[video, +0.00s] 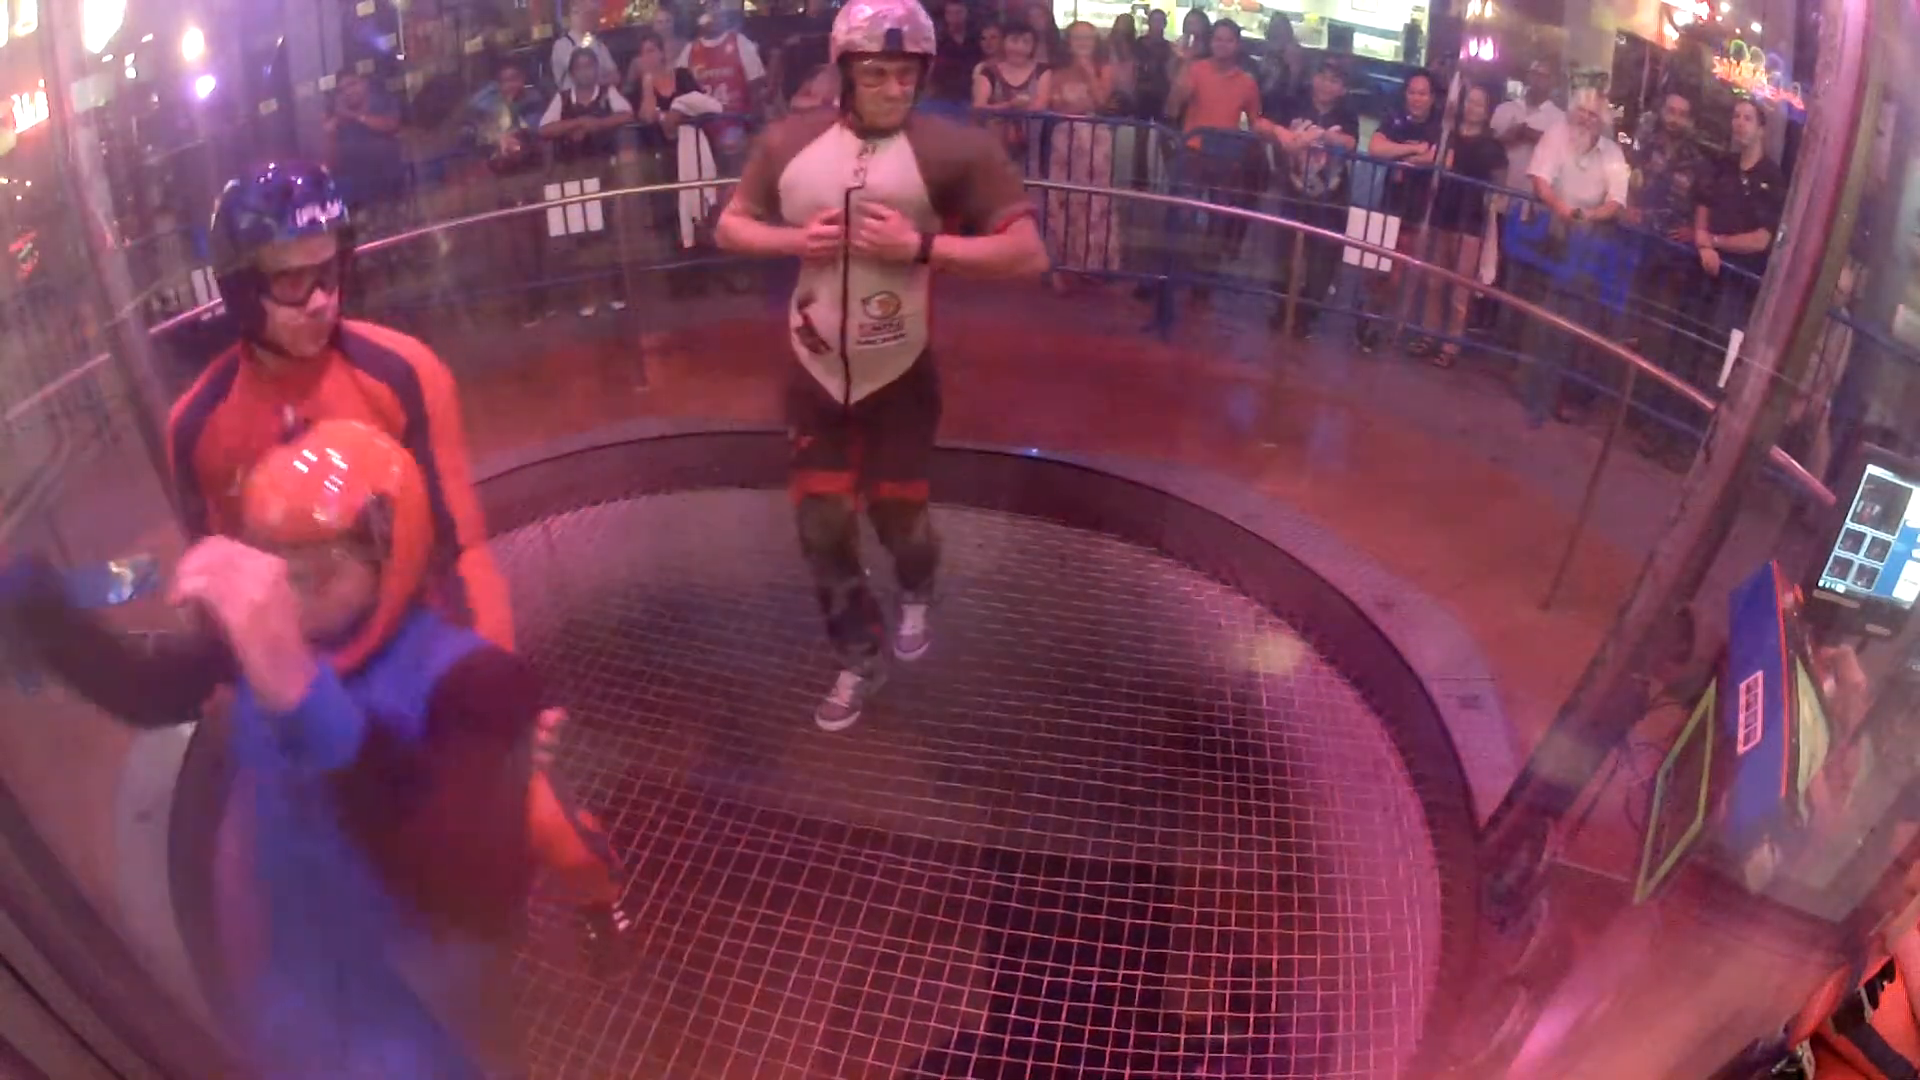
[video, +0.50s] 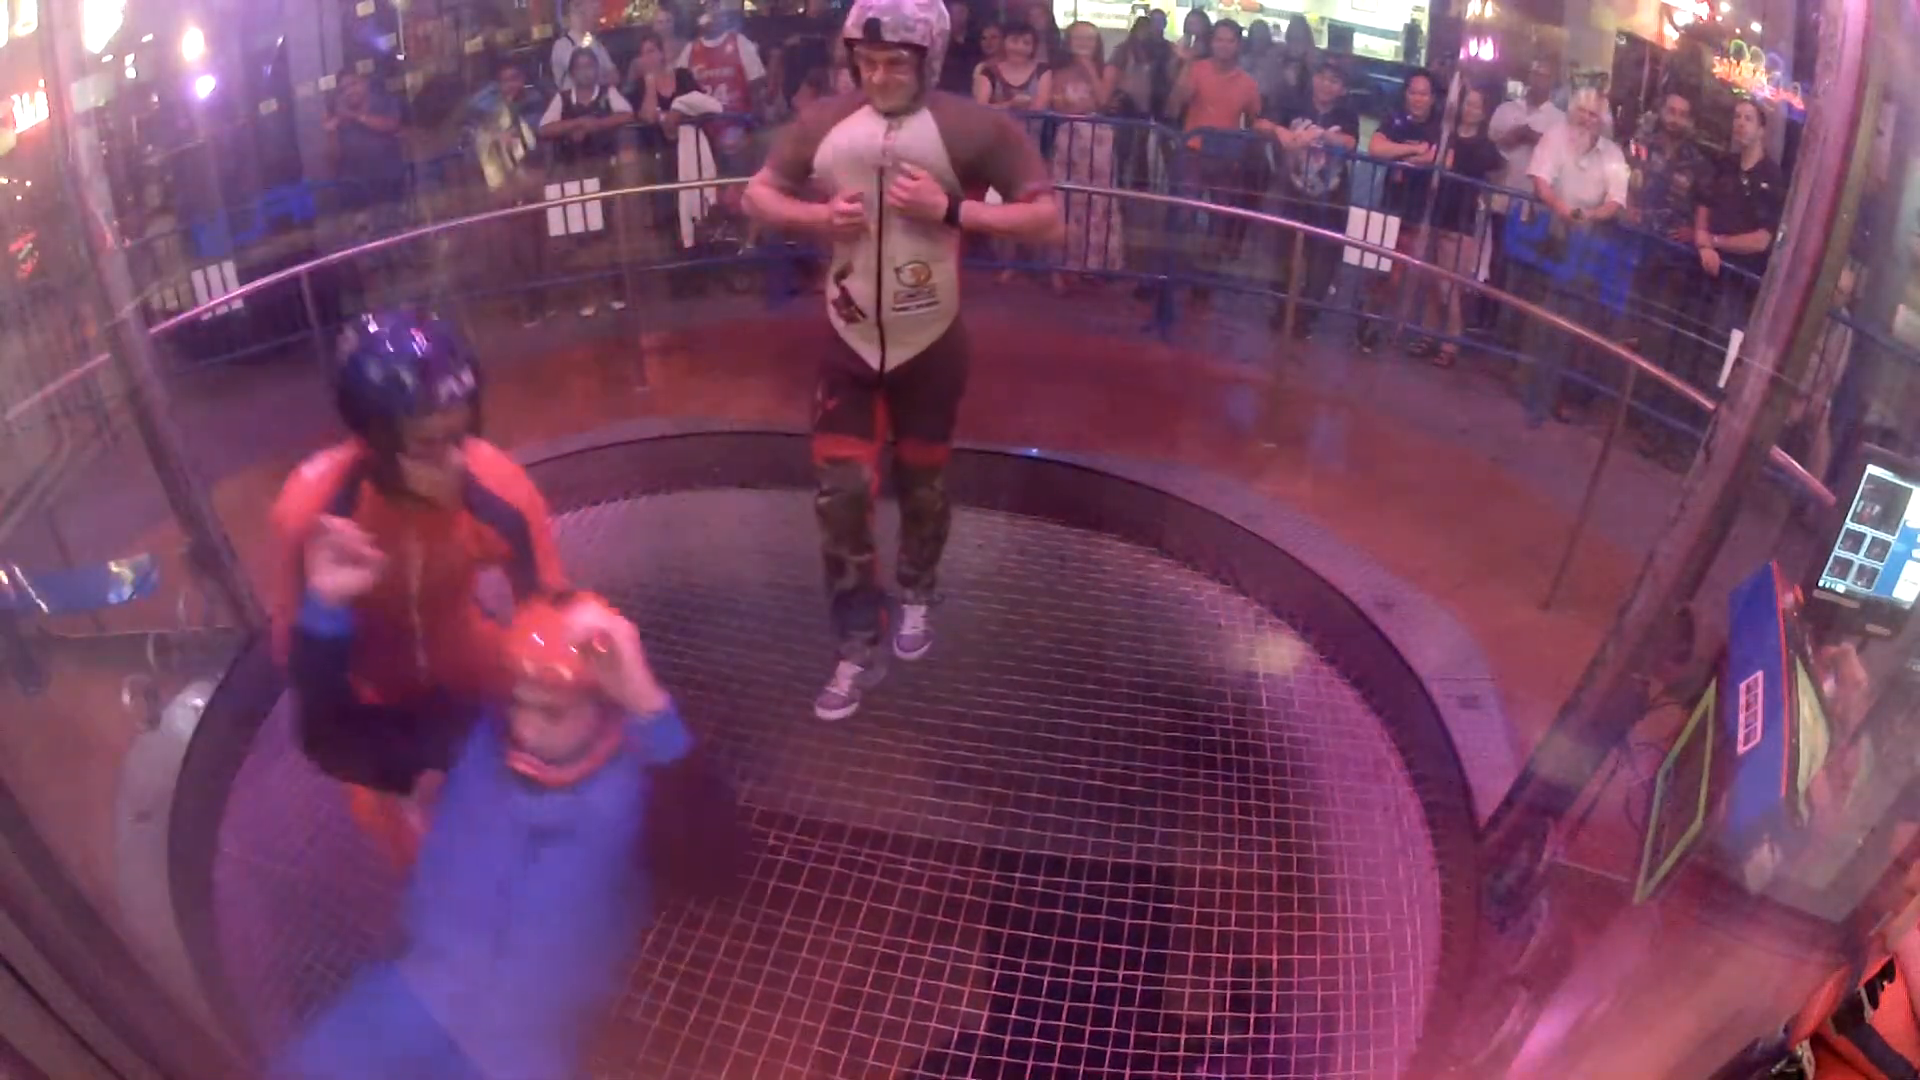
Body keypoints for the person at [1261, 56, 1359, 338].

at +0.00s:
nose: (1325, 85)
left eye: (1333, 81)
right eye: (1322, 78)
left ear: (1343, 90)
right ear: (1312, 79)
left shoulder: (1345, 114)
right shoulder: (1295, 107)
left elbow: (1350, 144)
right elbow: (1264, 126)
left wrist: (1323, 135)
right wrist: (1290, 138)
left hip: (1329, 195)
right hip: (1293, 189)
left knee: (1323, 256)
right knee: (1286, 248)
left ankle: (1307, 314)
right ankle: (1281, 306)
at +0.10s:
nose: (1328, 86)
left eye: (1335, 82)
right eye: (1324, 79)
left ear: (1344, 89)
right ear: (1314, 78)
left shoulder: (1346, 113)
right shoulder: (1294, 102)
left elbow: (1350, 143)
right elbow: (1261, 123)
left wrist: (1323, 135)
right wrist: (1286, 136)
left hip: (1330, 196)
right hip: (1293, 189)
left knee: (1323, 256)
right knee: (1286, 247)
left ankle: (1307, 314)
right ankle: (1281, 305)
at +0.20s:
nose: (1328, 86)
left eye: (1336, 82)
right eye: (1325, 79)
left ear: (1344, 89)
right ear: (1314, 79)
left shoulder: (1346, 114)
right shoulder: (1295, 104)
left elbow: (1350, 144)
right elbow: (1260, 124)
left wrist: (1323, 135)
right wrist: (1284, 135)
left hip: (1329, 197)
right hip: (1293, 191)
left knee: (1323, 256)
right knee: (1286, 248)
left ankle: (1308, 313)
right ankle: (1281, 306)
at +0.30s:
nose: (1325, 85)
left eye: (1333, 81)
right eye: (1322, 78)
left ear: (1343, 90)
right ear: (1313, 78)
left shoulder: (1346, 114)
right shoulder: (1294, 103)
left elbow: (1351, 144)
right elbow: (1261, 124)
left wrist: (1324, 135)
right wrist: (1285, 136)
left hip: (1330, 195)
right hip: (1293, 188)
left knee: (1323, 254)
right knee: (1286, 247)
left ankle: (1308, 312)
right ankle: (1281, 305)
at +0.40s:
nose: (1326, 86)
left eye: (1334, 82)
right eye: (1323, 78)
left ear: (1343, 89)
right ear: (1313, 79)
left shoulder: (1346, 114)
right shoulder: (1292, 102)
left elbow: (1351, 143)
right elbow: (1260, 123)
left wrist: (1324, 135)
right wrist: (1285, 136)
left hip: (1329, 194)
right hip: (1292, 187)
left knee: (1324, 254)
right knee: (1284, 246)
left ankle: (1308, 312)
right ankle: (1280, 305)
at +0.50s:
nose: (1326, 86)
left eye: (1333, 82)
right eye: (1322, 78)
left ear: (1343, 89)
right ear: (1313, 78)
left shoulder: (1346, 112)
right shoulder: (1294, 102)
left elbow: (1351, 143)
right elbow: (1261, 124)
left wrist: (1324, 135)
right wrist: (1285, 135)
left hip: (1330, 195)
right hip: (1293, 189)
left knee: (1323, 255)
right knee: (1285, 247)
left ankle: (1308, 314)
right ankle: (1281, 305)